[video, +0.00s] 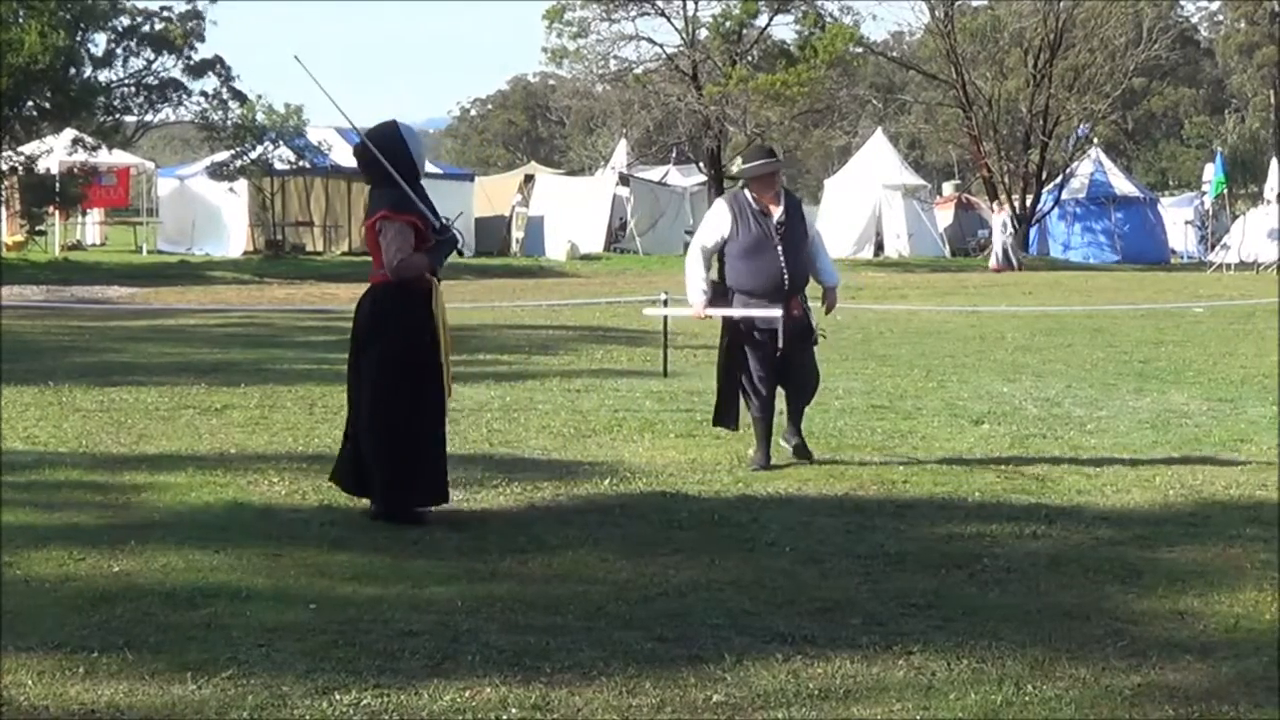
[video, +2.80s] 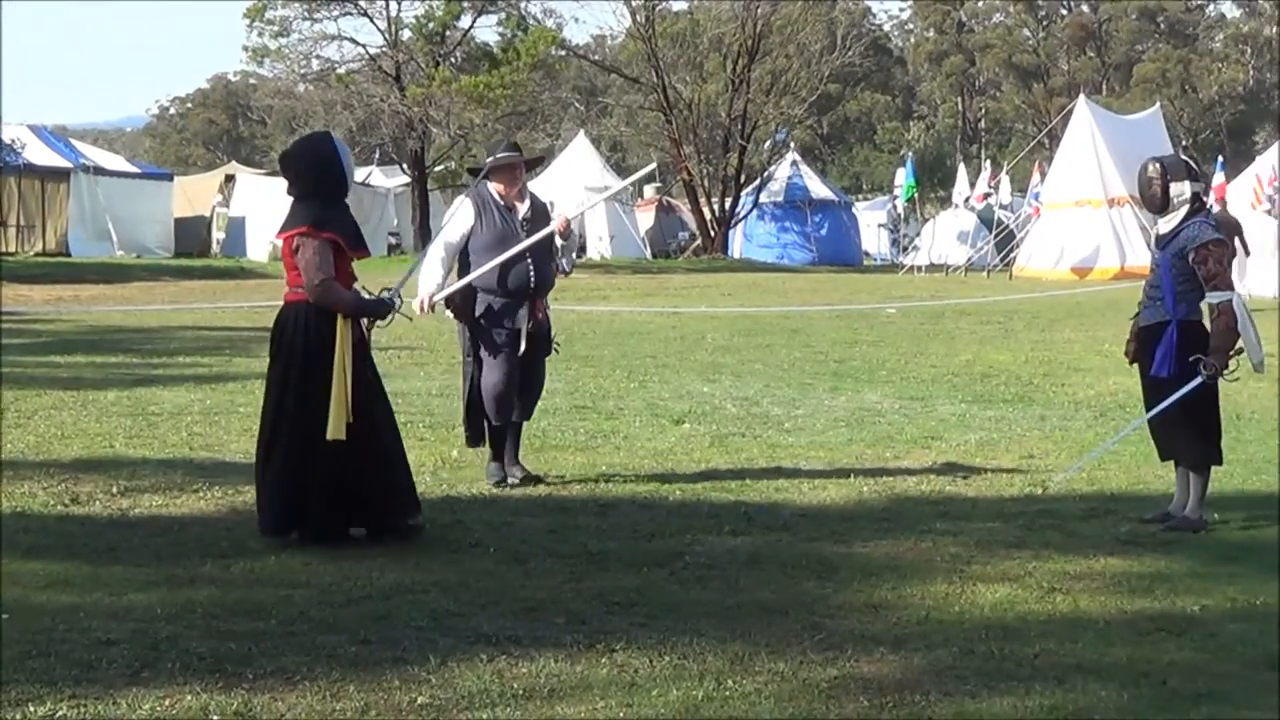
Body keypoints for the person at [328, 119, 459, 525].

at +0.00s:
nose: (419, 155)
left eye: (414, 147)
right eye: (412, 148)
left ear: (377, 160)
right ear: (401, 156)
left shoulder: (397, 200)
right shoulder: (394, 204)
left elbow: (405, 262)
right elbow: (399, 265)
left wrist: (435, 245)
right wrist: (438, 251)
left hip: (399, 309)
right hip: (395, 313)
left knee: (400, 399)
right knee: (400, 400)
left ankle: (394, 494)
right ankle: (397, 498)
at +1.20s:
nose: (388, 168)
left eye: (385, 161)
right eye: (381, 161)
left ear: (341, 171)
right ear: (362, 170)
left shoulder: (350, 212)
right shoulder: (344, 216)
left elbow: (366, 269)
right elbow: (368, 275)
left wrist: (396, 251)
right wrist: (401, 254)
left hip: (358, 315)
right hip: (346, 318)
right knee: (342, 407)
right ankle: (330, 502)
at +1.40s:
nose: (381, 172)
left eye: (378, 165)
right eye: (374, 165)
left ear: (335, 174)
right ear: (357, 172)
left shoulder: (354, 215)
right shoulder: (341, 220)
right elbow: (385, 269)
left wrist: (391, 243)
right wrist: (400, 247)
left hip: (362, 317)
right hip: (342, 318)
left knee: (385, 404)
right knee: (332, 406)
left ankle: (425, 491)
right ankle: (314, 499)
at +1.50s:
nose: (381, 170)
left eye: (378, 162)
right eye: (376, 163)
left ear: (336, 173)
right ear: (361, 171)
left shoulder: (340, 214)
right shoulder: (350, 219)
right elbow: (391, 269)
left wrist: (387, 239)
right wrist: (399, 241)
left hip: (344, 312)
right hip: (353, 317)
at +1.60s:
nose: (382, 168)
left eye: (379, 162)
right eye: (375, 162)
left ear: (333, 173)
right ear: (362, 170)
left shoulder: (332, 214)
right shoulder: (359, 215)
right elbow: (394, 265)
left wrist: (385, 228)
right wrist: (395, 229)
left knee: (322, 400)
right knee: (389, 402)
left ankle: (301, 494)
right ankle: (400, 500)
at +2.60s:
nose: (355, 171)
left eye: (352, 163)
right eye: (350, 164)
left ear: (308, 177)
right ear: (337, 173)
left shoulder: (313, 216)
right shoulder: (326, 220)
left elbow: (335, 279)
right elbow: (344, 284)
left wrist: (380, 284)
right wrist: (387, 285)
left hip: (313, 320)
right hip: (334, 325)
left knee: (320, 415)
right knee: (344, 416)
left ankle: (317, 508)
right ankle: (349, 517)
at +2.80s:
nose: (348, 176)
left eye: (345, 168)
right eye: (343, 169)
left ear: (302, 177)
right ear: (328, 174)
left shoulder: (317, 219)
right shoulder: (312, 223)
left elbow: (326, 283)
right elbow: (319, 286)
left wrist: (363, 302)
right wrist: (367, 305)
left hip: (322, 323)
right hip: (315, 326)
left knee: (334, 418)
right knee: (325, 419)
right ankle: (323, 518)